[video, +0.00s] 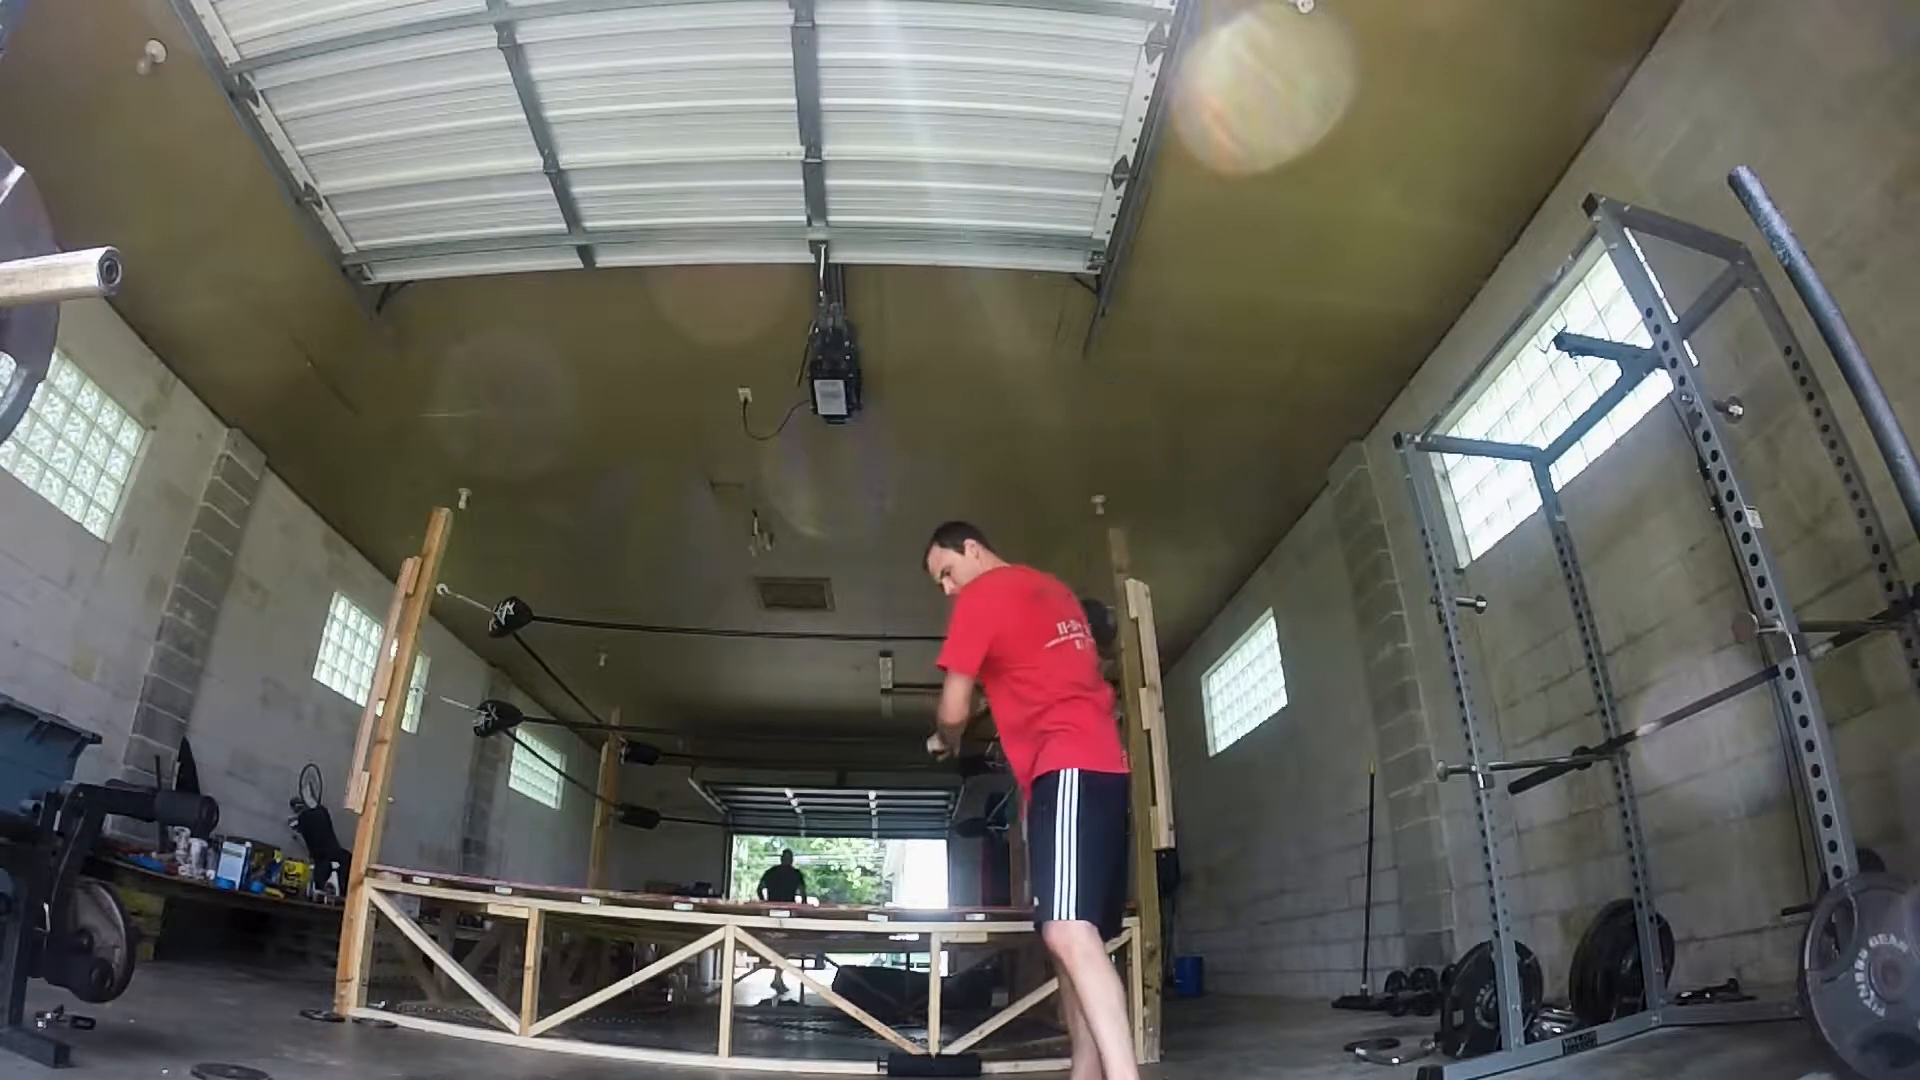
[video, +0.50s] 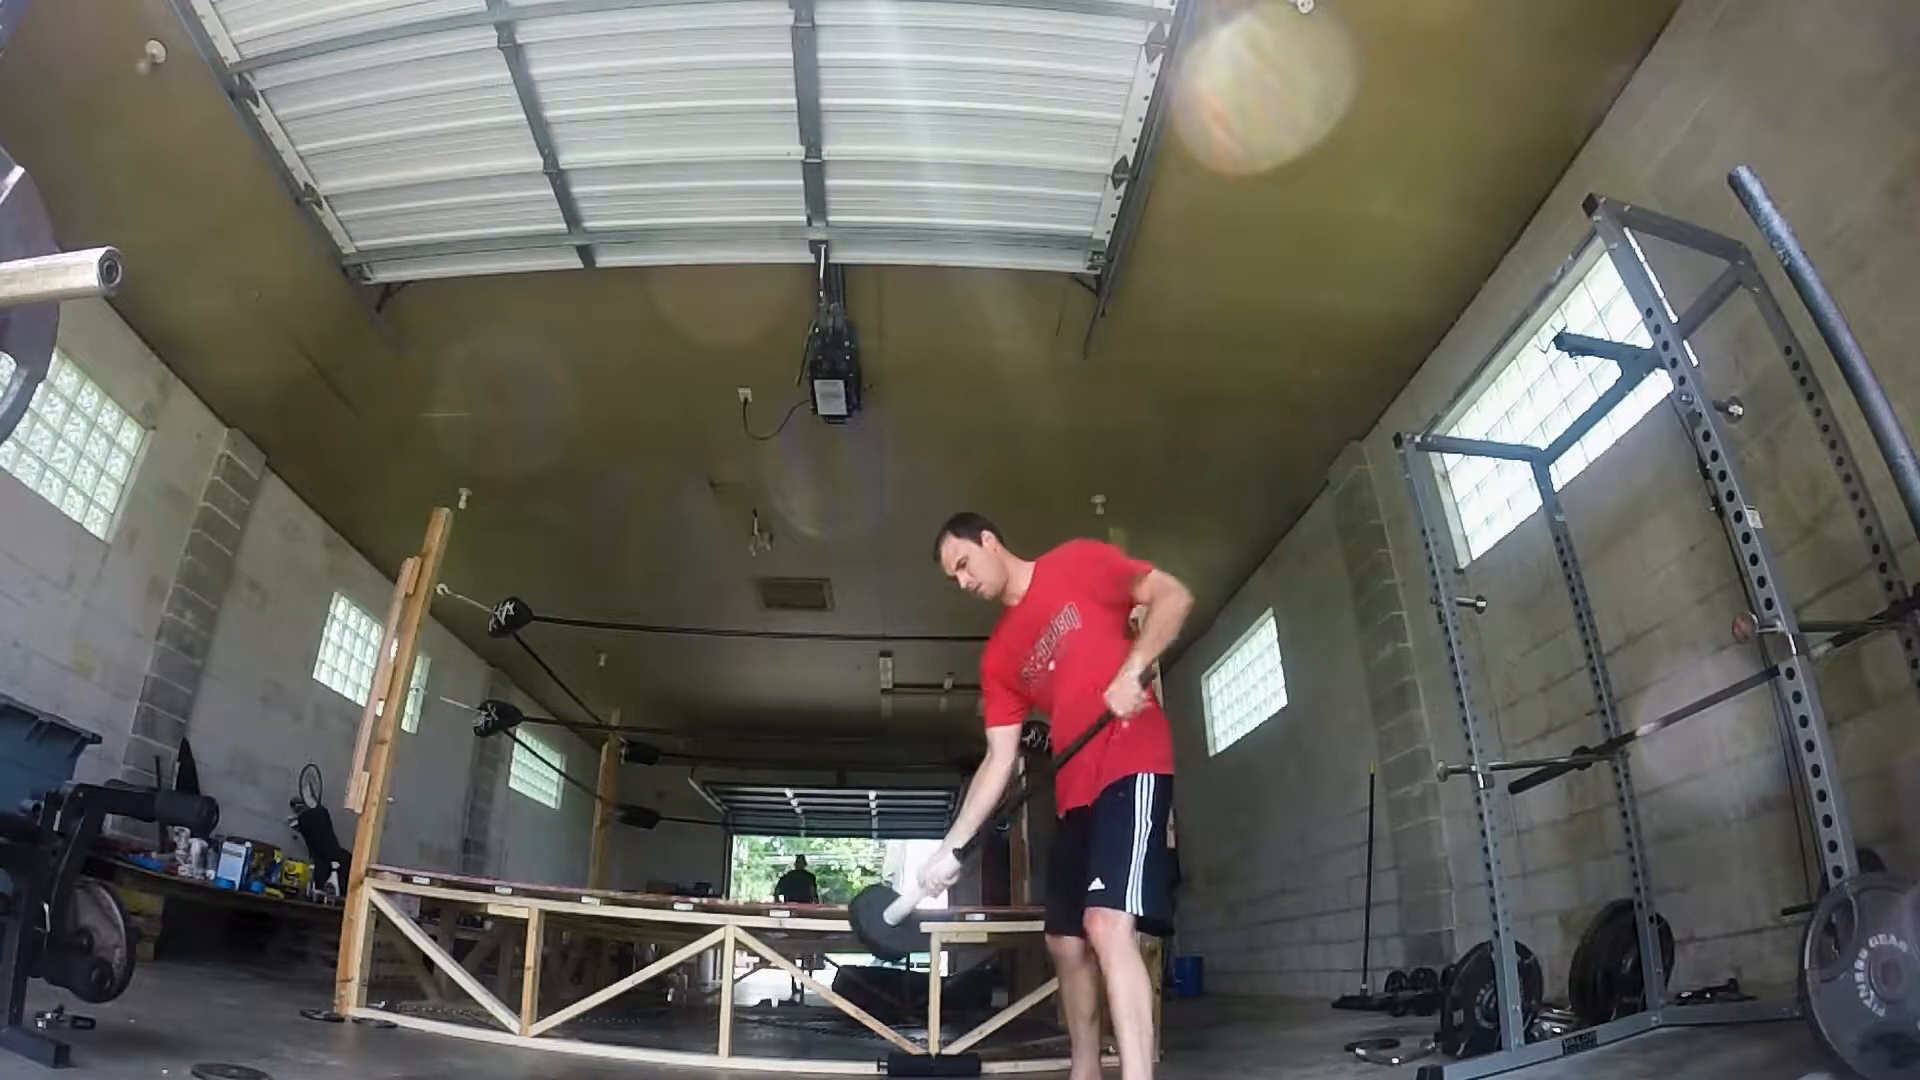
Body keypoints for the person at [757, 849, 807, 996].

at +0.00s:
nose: (788, 861)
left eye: (788, 858)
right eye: (788, 858)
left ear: (781, 858)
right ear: (791, 859)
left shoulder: (771, 871)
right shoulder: (797, 874)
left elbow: (759, 888)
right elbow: (803, 893)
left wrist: (764, 901)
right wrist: (804, 906)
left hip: (771, 908)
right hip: (788, 909)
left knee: (778, 943)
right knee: (785, 944)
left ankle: (778, 977)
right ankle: (777, 977)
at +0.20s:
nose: (792, 867)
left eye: (791, 865)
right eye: (793, 865)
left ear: (786, 865)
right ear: (797, 865)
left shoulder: (777, 879)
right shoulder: (803, 879)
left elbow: (768, 899)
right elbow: (810, 899)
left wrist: (768, 913)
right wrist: (810, 911)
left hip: (781, 917)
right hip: (799, 917)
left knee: (787, 948)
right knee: (796, 950)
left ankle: (788, 979)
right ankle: (786, 978)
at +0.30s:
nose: (794, 868)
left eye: (792, 865)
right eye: (796, 865)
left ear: (788, 865)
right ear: (799, 866)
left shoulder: (781, 879)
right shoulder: (805, 879)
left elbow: (772, 899)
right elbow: (811, 899)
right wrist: (811, 909)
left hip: (784, 915)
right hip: (802, 915)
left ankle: (794, 983)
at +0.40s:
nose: (801, 865)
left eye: (799, 863)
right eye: (801, 863)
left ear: (792, 863)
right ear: (802, 864)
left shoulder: (783, 877)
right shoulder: (808, 876)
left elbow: (775, 894)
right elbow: (812, 895)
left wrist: (777, 907)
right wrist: (814, 907)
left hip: (789, 916)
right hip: (807, 915)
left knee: (790, 951)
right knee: (807, 948)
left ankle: (793, 982)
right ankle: (803, 978)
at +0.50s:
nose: (801, 865)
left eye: (800, 862)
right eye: (802, 863)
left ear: (795, 863)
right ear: (805, 864)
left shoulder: (787, 876)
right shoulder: (810, 876)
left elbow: (777, 889)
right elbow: (814, 892)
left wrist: (777, 901)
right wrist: (817, 902)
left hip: (791, 910)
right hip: (808, 910)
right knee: (809, 935)